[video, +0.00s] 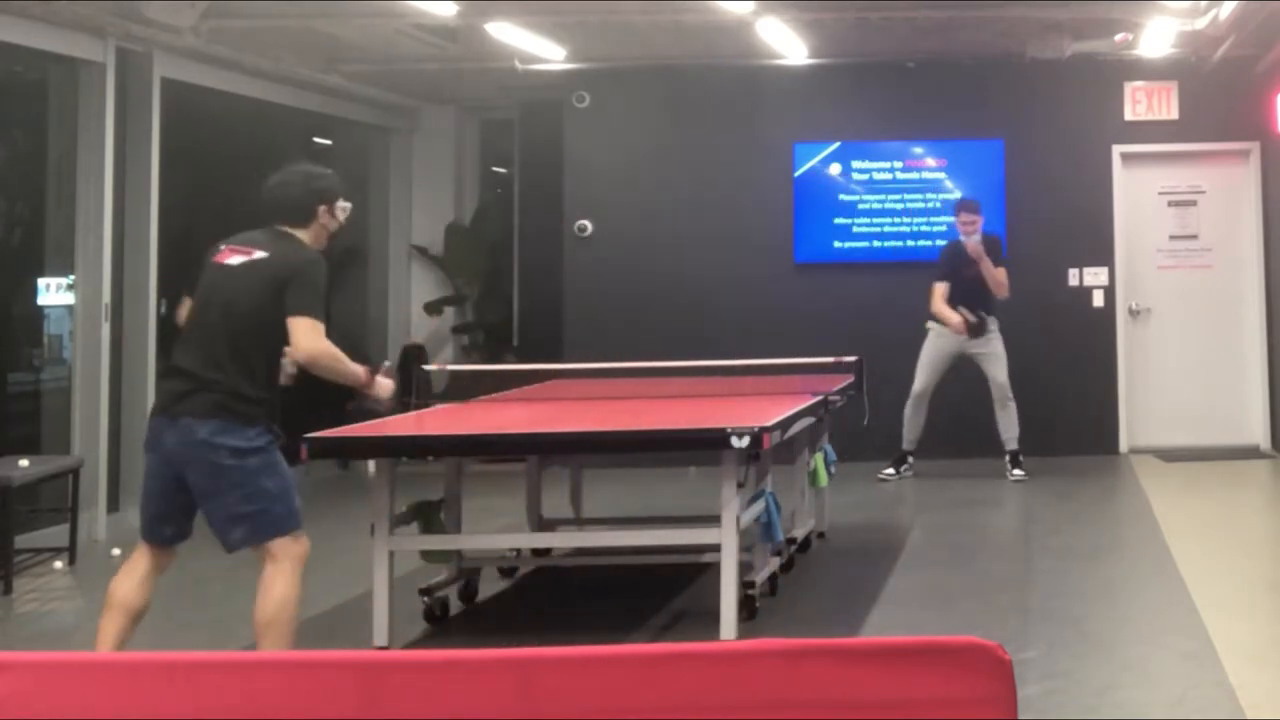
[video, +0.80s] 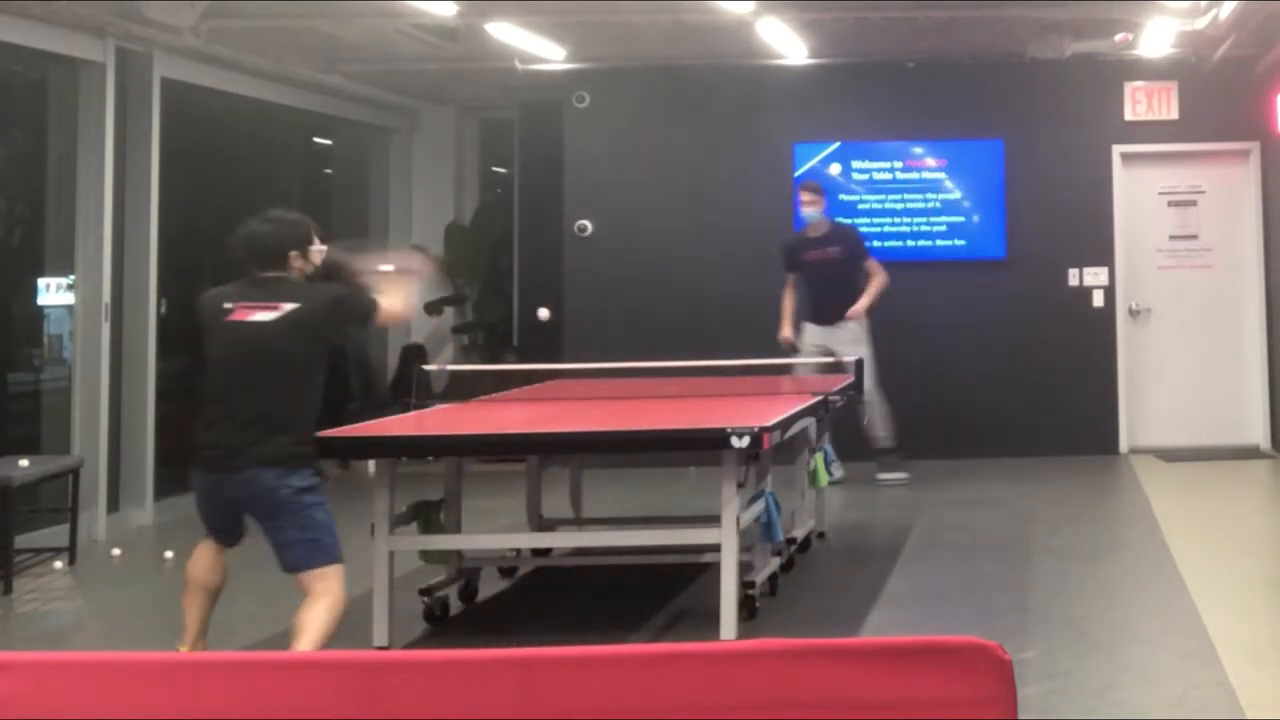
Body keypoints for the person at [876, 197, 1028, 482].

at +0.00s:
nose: (967, 228)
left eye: (972, 223)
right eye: (962, 223)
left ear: (981, 221)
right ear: (956, 223)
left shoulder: (993, 246)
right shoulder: (950, 252)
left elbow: (1003, 291)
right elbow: (937, 302)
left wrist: (982, 258)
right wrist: (954, 319)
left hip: (985, 329)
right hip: (947, 328)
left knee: (1002, 388)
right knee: (919, 390)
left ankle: (1013, 455)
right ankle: (905, 456)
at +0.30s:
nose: (956, 215)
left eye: (961, 209)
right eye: (951, 209)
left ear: (970, 209)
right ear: (944, 209)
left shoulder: (981, 237)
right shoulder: (932, 240)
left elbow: (983, 279)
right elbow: (909, 288)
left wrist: (964, 241)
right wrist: (928, 299)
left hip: (968, 328)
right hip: (928, 329)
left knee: (992, 386)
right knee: (900, 387)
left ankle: (1012, 455)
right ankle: (874, 454)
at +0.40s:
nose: (933, 218)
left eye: (938, 212)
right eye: (929, 213)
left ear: (948, 211)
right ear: (924, 213)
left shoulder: (962, 241)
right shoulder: (914, 247)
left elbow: (964, 283)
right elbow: (894, 293)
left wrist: (944, 245)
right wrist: (902, 309)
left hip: (958, 335)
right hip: (918, 336)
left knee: (986, 392)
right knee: (885, 390)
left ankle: (1010, 454)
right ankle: (854, 453)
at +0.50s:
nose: (901, 220)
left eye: (906, 214)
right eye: (897, 215)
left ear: (915, 214)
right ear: (892, 216)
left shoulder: (933, 245)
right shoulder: (888, 253)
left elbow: (947, 290)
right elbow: (867, 292)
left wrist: (919, 257)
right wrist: (870, 316)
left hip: (940, 341)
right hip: (900, 342)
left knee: (971, 397)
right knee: (865, 394)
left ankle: (1007, 456)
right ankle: (843, 460)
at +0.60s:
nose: (861, 218)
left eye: (866, 212)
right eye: (857, 213)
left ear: (877, 212)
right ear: (853, 216)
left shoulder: (899, 244)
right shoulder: (849, 253)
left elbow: (929, 286)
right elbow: (837, 291)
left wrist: (894, 278)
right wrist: (837, 323)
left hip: (910, 339)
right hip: (869, 340)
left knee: (949, 394)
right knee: (842, 393)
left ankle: (1001, 453)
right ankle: (833, 462)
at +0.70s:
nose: (830, 215)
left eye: (835, 209)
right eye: (826, 210)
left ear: (846, 210)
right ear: (821, 212)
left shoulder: (869, 242)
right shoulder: (819, 250)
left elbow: (903, 280)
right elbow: (810, 292)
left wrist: (879, 294)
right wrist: (808, 329)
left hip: (878, 334)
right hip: (838, 337)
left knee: (911, 390)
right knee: (828, 399)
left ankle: (953, 452)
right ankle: (829, 463)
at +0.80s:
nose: (805, 209)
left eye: (810, 204)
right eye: (802, 204)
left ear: (823, 204)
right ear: (798, 207)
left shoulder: (846, 237)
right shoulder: (795, 246)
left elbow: (879, 275)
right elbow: (790, 287)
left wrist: (861, 305)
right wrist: (786, 325)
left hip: (849, 327)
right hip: (812, 330)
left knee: (866, 389)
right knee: (804, 391)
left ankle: (886, 454)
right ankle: (820, 458)